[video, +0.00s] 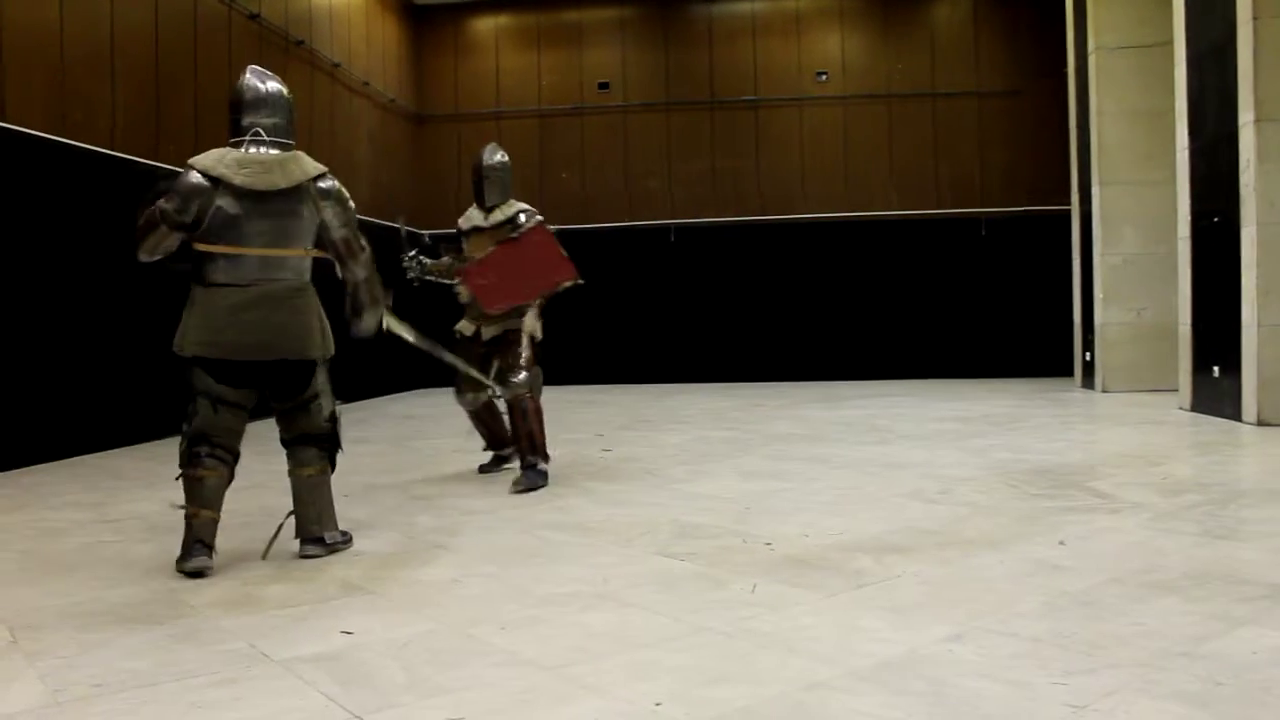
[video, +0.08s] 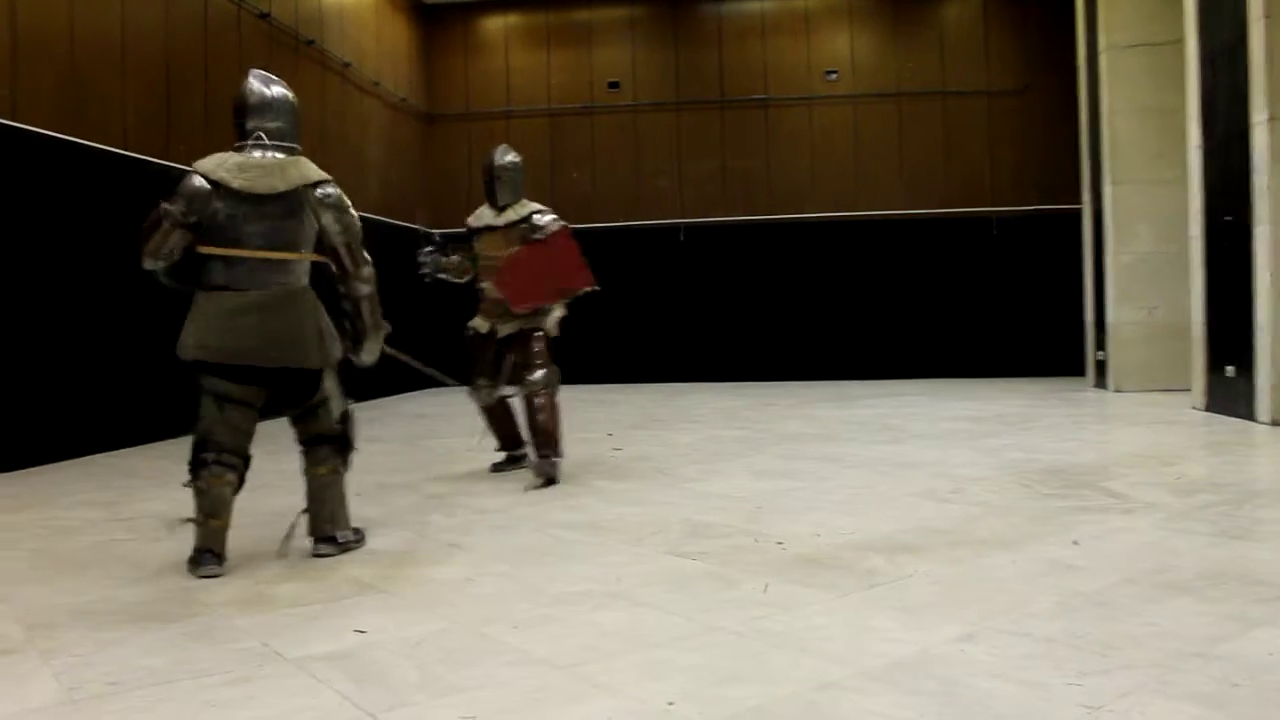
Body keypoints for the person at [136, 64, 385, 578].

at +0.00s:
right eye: (278, 112)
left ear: (237, 117)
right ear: (288, 116)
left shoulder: (204, 175)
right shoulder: (317, 180)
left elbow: (151, 245)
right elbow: (352, 251)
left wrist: (171, 212)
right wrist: (369, 304)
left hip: (221, 327)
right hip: (293, 328)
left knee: (213, 431)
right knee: (308, 423)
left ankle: (198, 545)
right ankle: (317, 530)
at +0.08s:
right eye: (285, 118)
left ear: (242, 121)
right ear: (293, 121)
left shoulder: (204, 179)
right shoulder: (316, 186)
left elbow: (157, 255)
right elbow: (356, 268)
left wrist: (201, 280)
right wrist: (370, 336)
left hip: (223, 330)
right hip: (294, 332)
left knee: (222, 440)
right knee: (324, 423)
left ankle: (209, 551)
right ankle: (330, 529)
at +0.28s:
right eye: (334, 123)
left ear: (289, 126)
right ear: (337, 125)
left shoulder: (250, 183)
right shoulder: (353, 186)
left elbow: (223, 267)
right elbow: (392, 255)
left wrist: (262, 293)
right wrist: (406, 322)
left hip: (262, 329)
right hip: (334, 330)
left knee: (262, 435)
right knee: (369, 426)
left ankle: (254, 547)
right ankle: (372, 528)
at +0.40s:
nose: (378, 133)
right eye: (376, 126)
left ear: (330, 128)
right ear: (376, 128)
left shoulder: (293, 183)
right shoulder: (384, 185)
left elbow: (271, 238)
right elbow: (425, 242)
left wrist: (280, 284)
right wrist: (445, 289)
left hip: (299, 322)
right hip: (366, 323)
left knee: (297, 434)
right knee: (406, 426)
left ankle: (282, 546)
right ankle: (396, 529)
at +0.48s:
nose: (404, 135)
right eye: (403, 127)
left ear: (357, 129)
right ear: (402, 129)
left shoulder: (322, 184)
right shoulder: (408, 186)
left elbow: (301, 242)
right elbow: (454, 251)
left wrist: (314, 283)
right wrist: (475, 273)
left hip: (325, 323)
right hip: (391, 324)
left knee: (320, 434)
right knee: (430, 428)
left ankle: (297, 539)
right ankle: (409, 527)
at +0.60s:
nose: (433, 129)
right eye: (431, 122)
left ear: (384, 124)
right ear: (428, 123)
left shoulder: (348, 181)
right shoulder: (436, 180)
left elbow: (339, 261)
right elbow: (489, 247)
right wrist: (508, 245)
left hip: (359, 322)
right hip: (420, 323)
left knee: (355, 423)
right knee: (443, 429)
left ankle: (320, 501)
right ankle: (417, 526)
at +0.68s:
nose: (447, 125)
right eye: (445, 118)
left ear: (397, 121)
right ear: (444, 120)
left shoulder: (364, 178)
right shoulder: (452, 177)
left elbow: (355, 258)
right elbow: (509, 246)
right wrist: (512, 225)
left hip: (374, 318)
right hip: (434, 320)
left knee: (380, 413)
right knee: (441, 428)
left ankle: (351, 489)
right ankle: (419, 528)